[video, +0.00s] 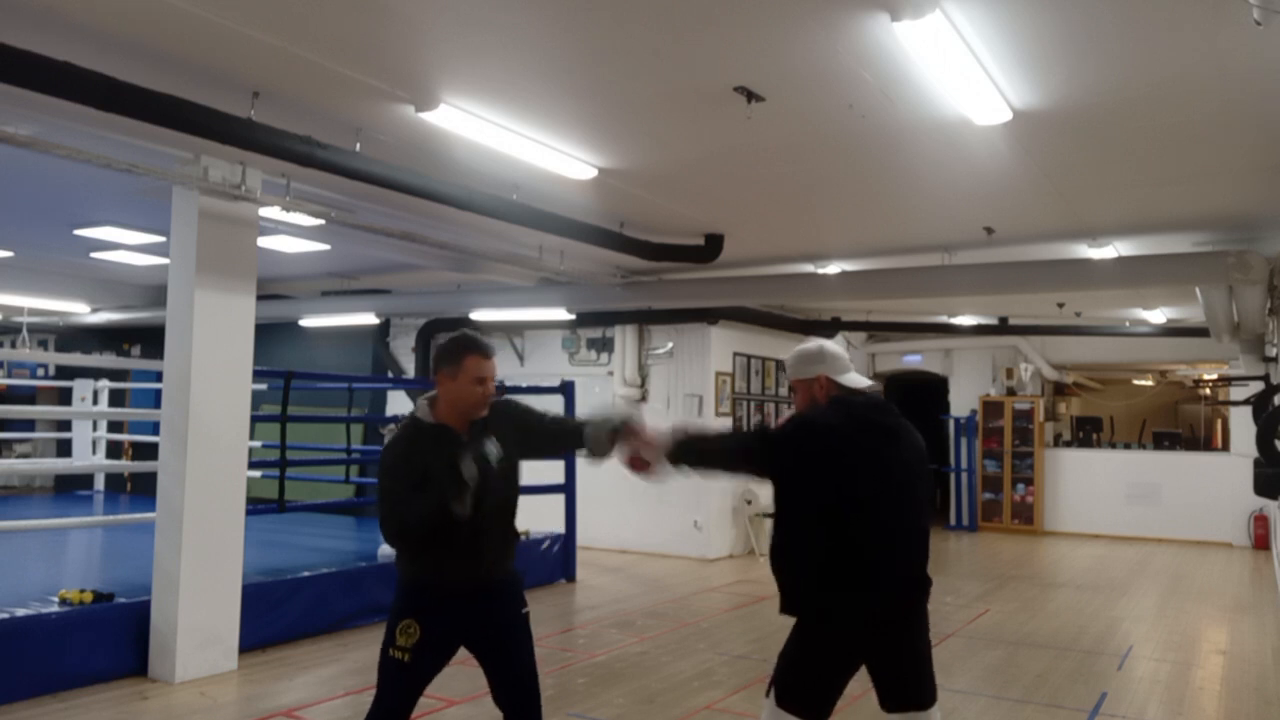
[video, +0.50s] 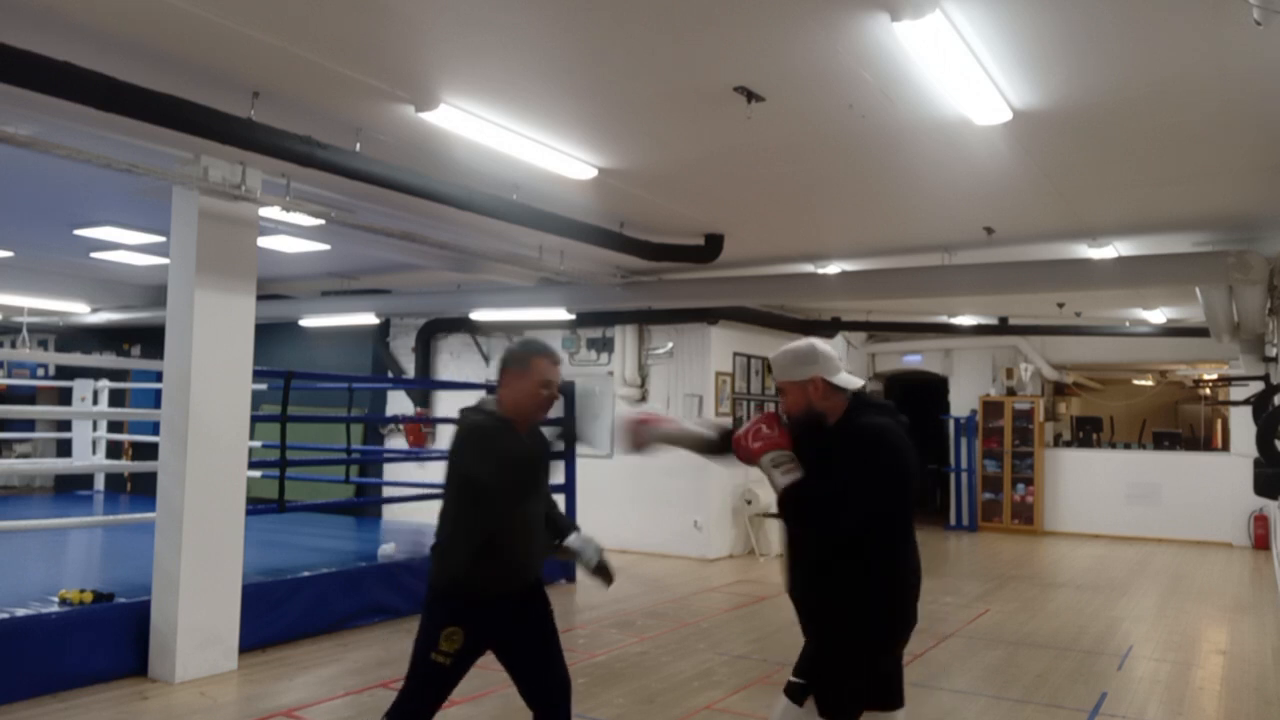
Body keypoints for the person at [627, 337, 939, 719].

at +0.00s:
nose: (792, 403)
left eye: (795, 391)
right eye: (791, 392)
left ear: (822, 387)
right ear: (837, 387)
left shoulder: (813, 433)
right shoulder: (900, 430)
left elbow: (747, 449)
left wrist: (669, 446)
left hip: (833, 608)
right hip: (901, 603)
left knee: (786, 710)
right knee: (918, 712)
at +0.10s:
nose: (805, 411)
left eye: (807, 399)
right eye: (803, 400)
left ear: (833, 395)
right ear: (842, 391)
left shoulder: (833, 441)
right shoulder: (909, 436)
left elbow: (790, 509)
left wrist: (745, 488)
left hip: (843, 623)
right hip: (910, 615)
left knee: (786, 712)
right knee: (923, 711)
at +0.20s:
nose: (812, 419)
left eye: (814, 406)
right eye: (810, 407)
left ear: (842, 402)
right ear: (849, 400)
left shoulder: (846, 446)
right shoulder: (913, 437)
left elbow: (803, 530)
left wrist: (751, 482)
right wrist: (817, 458)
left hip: (855, 626)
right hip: (920, 620)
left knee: (774, 712)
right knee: (921, 713)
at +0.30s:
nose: (807, 418)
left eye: (808, 404)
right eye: (804, 406)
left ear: (836, 400)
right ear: (843, 398)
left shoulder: (840, 447)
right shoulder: (905, 435)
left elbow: (777, 522)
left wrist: (745, 465)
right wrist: (803, 467)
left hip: (849, 620)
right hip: (911, 611)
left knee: (773, 711)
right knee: (911, 711)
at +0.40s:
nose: (790, 406)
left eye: (791, 393)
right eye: (788, 395)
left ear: (819, 387)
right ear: (822, 386)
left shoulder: (849, 435)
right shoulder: (879, 424)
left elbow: (805, 521)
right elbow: (815, 512)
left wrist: (766, 461)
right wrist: (764, 467)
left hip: (843, 623)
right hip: (888, 614)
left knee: (785, 711)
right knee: (897, 710)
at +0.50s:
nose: (781, 404)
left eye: (785, 393)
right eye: (780, 394)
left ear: (816, 388)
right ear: (816, 387)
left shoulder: (872, 435)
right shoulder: (820, 425)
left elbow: (827, 525)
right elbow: (745, 439)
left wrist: (780, 463)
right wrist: (668, 433)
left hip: (864, 611)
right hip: (833, 602)